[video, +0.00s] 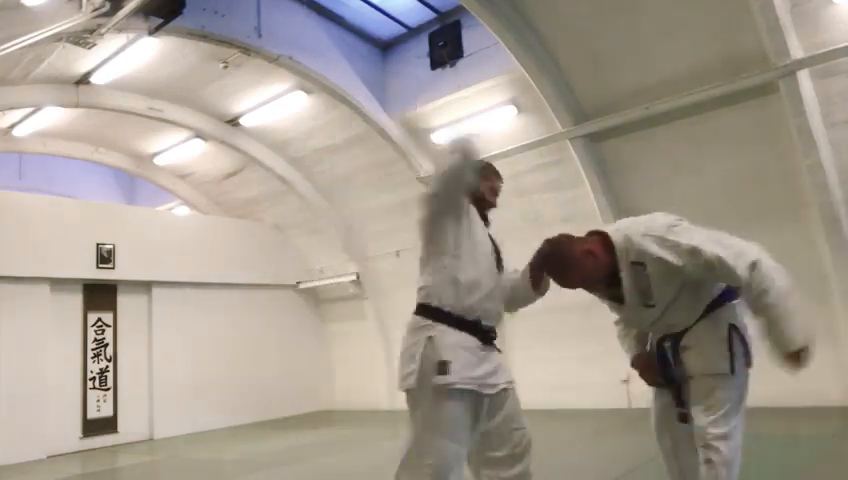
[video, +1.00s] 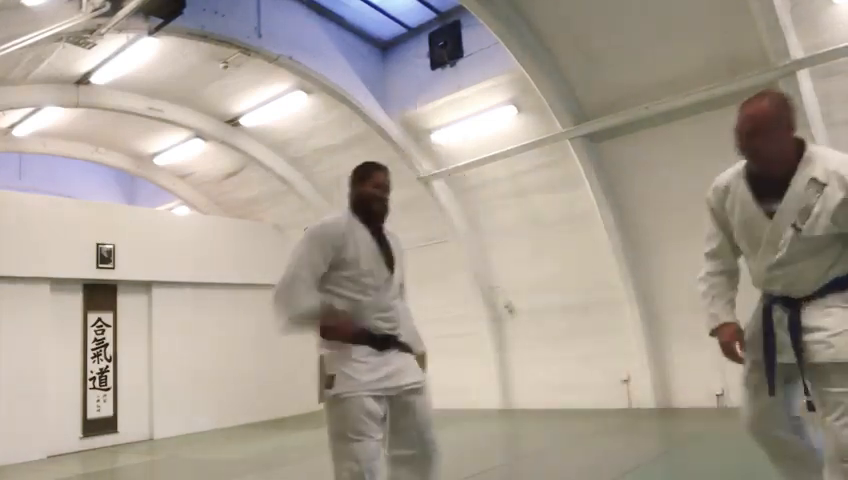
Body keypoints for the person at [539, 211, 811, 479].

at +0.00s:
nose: (588, 290)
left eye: (585, 281)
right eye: (580, 287)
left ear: (591, 251)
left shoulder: (651, 240)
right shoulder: (599, 271)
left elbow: (750, 263)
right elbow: (625, 316)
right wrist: (637, 355)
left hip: (711, 327)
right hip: (664, 340)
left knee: (712, 436)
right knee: (671, 435)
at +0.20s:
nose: (599, 284)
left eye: (595, 275)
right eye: (590, 282)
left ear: (601, 243)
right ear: (596, 247)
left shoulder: (664, 231)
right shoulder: (611, 278)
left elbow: (761, 253)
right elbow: (639, 310)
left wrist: (826, 313)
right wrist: (642, 351)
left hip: (730, 313)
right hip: (682, 333)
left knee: (752, 422)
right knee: (690, 429)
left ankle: (779, 472)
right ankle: (711, 475)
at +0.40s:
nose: (624, 284)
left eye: (620, 275)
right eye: (615, 281)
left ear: (625, 243)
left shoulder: (690, 227)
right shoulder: (631, 276)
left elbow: (788, 251)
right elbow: (664, 315)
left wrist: (824, 326)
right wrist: (679, 357)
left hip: (762, 313)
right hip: (707, 334)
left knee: (800, 425)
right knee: (709, 432)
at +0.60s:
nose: (681, 266)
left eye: (680, 257)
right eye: (669, 264)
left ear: (684, 227)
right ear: (655, 260)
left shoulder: (747, 219)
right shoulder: (659, 267)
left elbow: (839, 258)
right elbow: (688, 304)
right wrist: (689, 356)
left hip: (795, 312)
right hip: (735, 327)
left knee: (811, 428)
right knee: (726, 431)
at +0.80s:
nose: (714, 206)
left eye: (720, 195)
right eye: (705, 199)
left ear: (743, 174)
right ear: (695, 192)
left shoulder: (810, 196)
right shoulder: (694, 226)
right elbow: (701, 293)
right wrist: (710, 351)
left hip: (820, 311)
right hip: (756, 319)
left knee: (834, 438)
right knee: (733, 433)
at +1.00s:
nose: (745, 147)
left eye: (756, 136)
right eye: (741, 136)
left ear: (790, 135)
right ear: (737, 138)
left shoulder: (837, 176)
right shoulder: (725, 191)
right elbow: (719, 263)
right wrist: (723, 320)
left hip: (831, 303)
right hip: (772, 308)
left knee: (840, 424)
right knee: (765, 419)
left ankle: (839, 471)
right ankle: (814, 472)